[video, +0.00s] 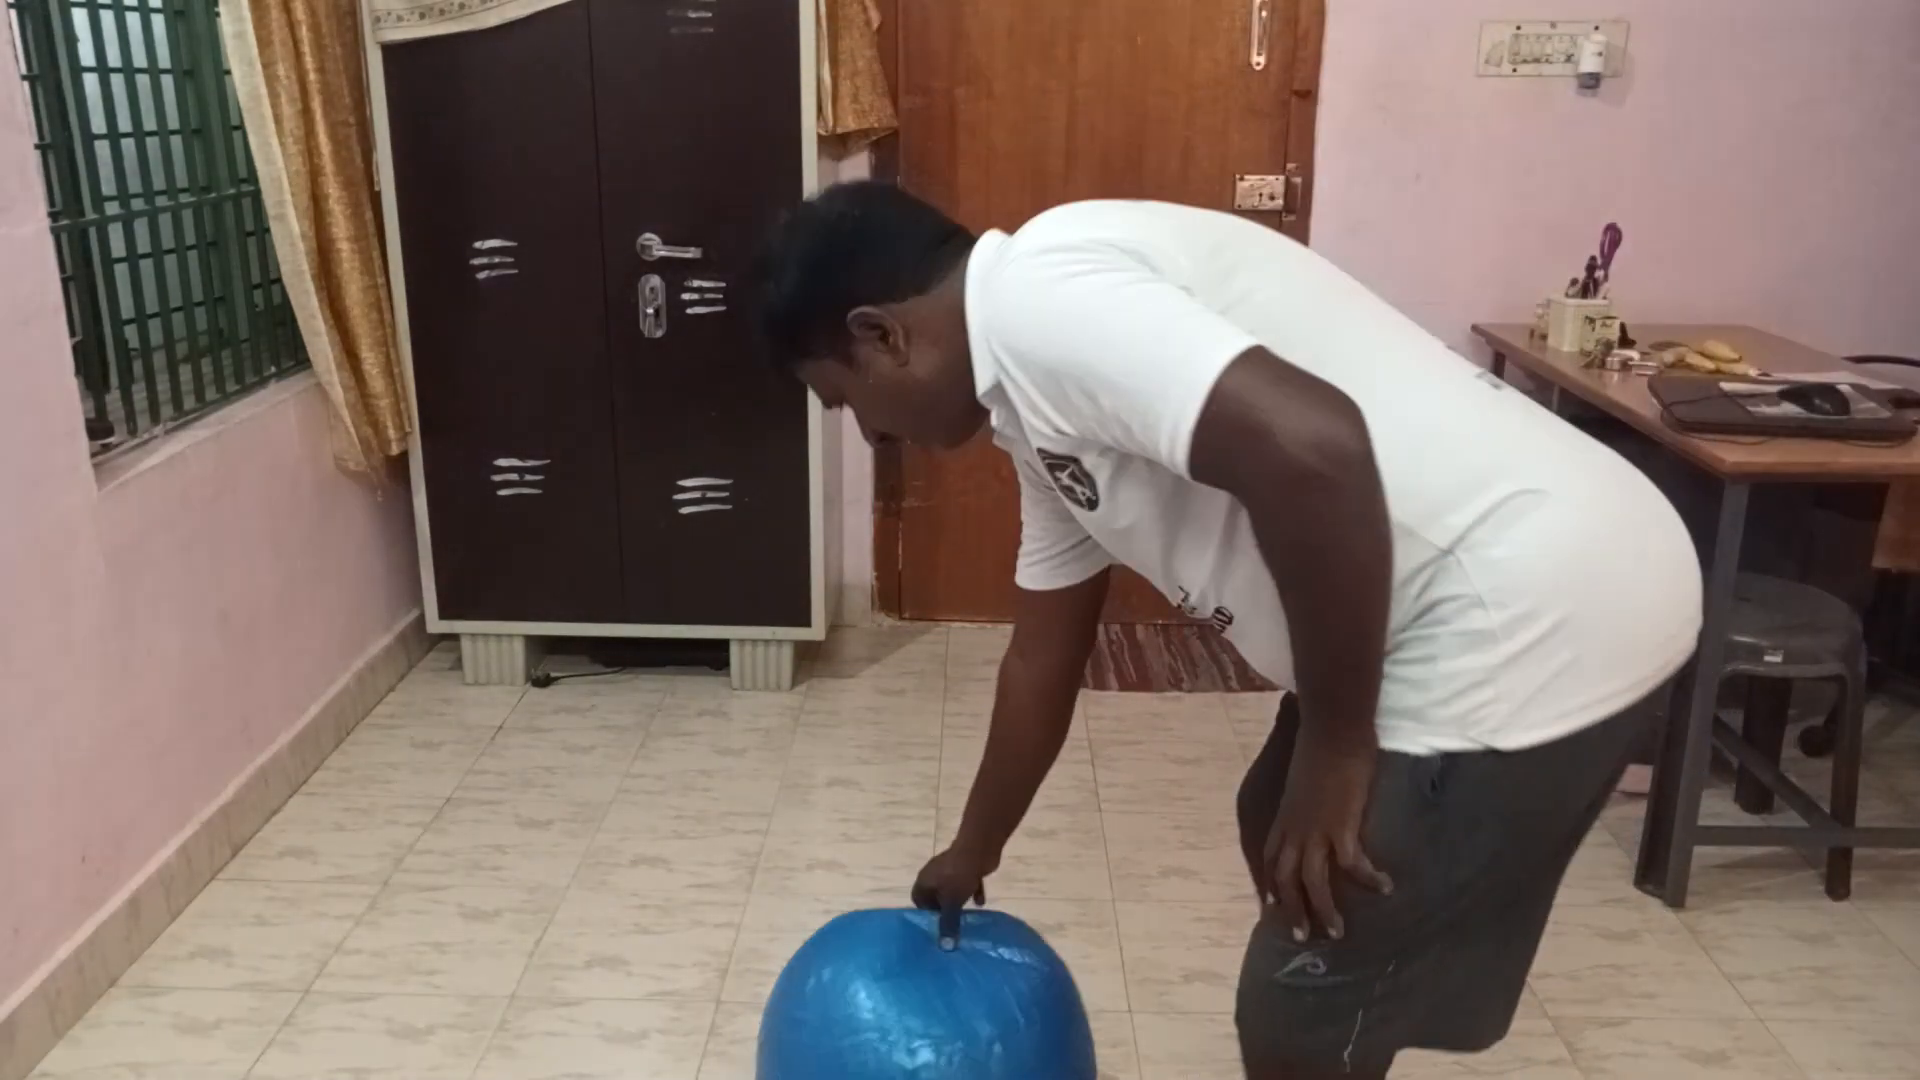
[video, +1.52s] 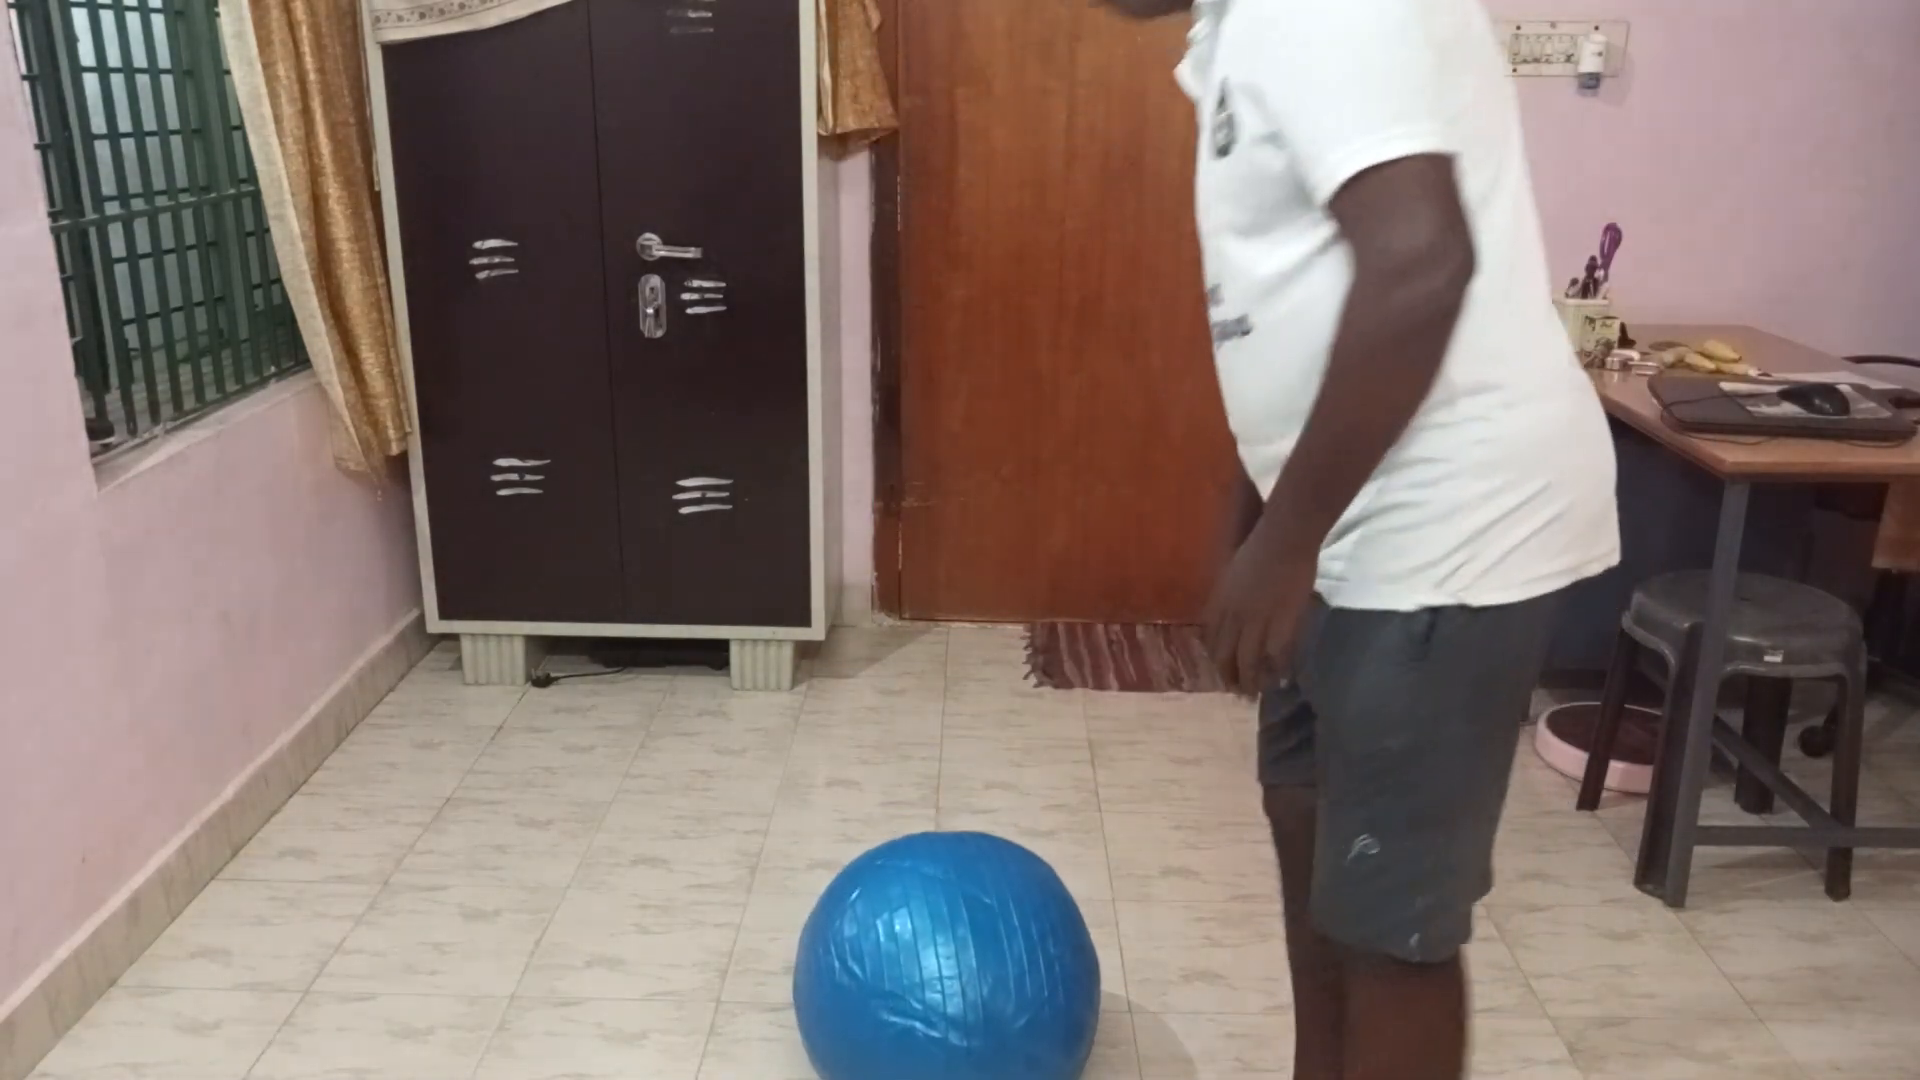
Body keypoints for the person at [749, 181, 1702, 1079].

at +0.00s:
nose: (864, 426)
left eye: (838, 390)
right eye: (835, 402)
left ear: (880, 332)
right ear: (900, 319)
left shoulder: (1033, 300)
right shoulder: (1043, 406)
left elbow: (1313, 452)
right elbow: (1044, 657)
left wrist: (1337, 754)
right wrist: (972, 848)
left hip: (1527, 603)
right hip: (1451, 590)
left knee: (1304, 1012)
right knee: (1279, 818)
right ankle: (1352, 1034)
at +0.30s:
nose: (871, 385)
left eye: (846, 349)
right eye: (844, 363)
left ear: (878, 284)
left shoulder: (1010, 262)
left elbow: (1246, 436)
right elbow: (1089, 587)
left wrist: (1293, 724)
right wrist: (992, 763)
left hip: (1474, 587)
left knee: (1298, 994)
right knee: (1320, 983)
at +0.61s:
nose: (873, 388)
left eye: (849, 352)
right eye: (846, 363)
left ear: (887, 293)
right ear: (900, 280)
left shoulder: (1009, 266)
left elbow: (1223, 438)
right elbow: (1070, 585)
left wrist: (1279, 727)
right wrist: (994, 762)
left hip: (1461, 582)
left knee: (1287, 990)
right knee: (1314, 976)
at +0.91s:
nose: (879, 323)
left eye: (861, 283)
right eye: (856, 295)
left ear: (911, 223)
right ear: (922, 215)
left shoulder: (1034, 223)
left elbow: (1233, 430)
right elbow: (1103, 532)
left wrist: (1280, 722)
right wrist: (1013, 716)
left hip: (1461, 568)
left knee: (1296, 981)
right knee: (1324, 967)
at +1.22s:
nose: (949, 112)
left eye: (947, 66)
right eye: (931, 86)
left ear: (1023, 9)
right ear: (1037, 9)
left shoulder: (1133, 74)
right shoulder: (1199, 46)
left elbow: (1258, 359)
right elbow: (1233, 388)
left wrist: (1254, 669)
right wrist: (1157, 622)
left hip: (1422, 561)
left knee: (1305, 979)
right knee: (1327, 969)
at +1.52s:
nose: (1117, 6)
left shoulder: (1321, 15)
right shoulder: (1241, 33)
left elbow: (1418, 261)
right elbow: (1303, 295)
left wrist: (1288, 542)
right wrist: (1251, 526)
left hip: (1449, 529)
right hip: (1357, 522)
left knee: (1391, 916)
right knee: (1311, 823)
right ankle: (1324, 1063)